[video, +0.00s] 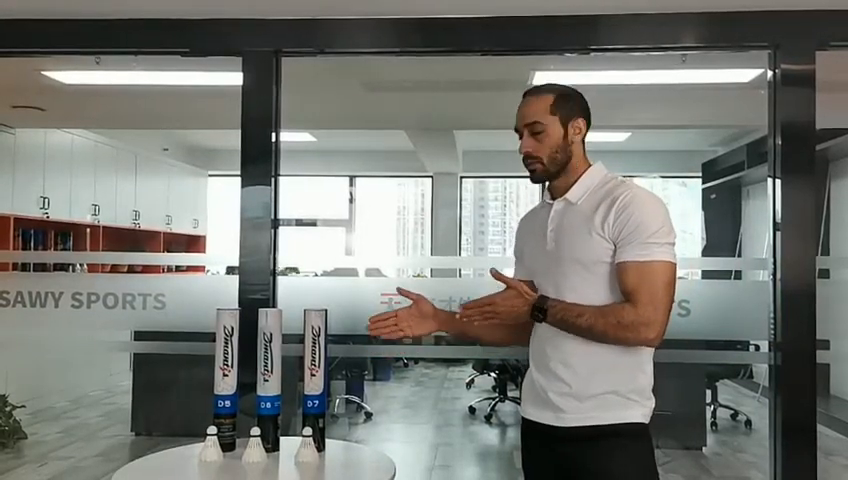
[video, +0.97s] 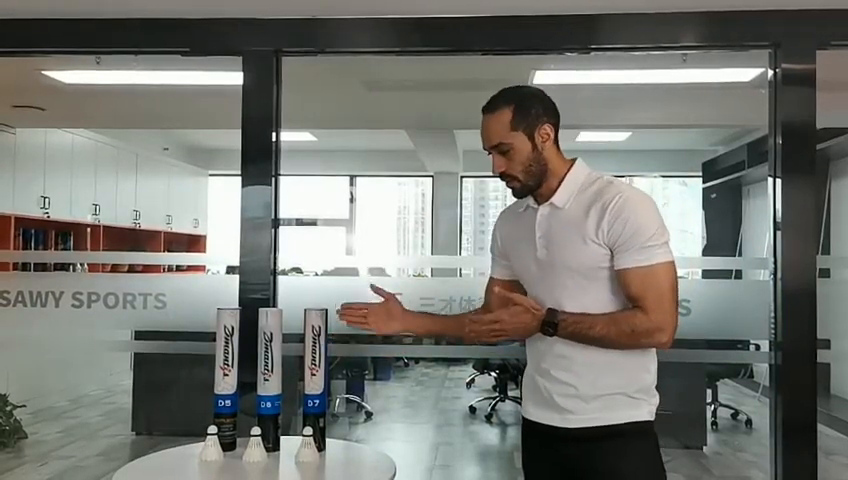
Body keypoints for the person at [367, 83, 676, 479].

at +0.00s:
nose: (523, 148)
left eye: (536, 133)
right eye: (520, 137)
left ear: (577, 130)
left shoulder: (634, 207)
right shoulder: (530, 225)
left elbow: (647, 325)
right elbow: (528, 330)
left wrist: (537, 307)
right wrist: (444, 321)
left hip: (611, 428)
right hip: (541, 425)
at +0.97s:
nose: (495, 168)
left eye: (503, 150)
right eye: (491, 154)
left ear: (545, 135)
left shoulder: (622, 206)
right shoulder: (511, 223)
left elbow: (658, 327)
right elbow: (495, 322)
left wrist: (544, 321)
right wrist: (409, 321)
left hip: (619, 431)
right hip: (541, 430)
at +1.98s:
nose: (508, 158)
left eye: (515, 140)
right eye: (504, 144)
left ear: (555, 128)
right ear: (554, 129)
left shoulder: (638, 195)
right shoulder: (539, 226)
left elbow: (673, 321)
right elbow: (547, 333)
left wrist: (556, 319)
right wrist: (462, 360)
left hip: (646, 437)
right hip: (567, 432)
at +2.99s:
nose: (407, 171)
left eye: (420, 156)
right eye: (397, 161)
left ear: (455, 165)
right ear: (392, 176)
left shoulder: (521, 212)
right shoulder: (411, 277)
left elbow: (612, 303)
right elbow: (334, 354)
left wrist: (506, 347)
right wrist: (243, 404)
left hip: (604, 439)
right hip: (518, 447)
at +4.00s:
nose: (683, 36)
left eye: (702, 16)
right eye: (657, 21)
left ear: (733, 41)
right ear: (629, 55)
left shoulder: (827, 161)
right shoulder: (595, 196)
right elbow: (565, 362)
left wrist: (805, 356)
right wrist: (527, 365)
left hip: (817, 466)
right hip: (669, 469)